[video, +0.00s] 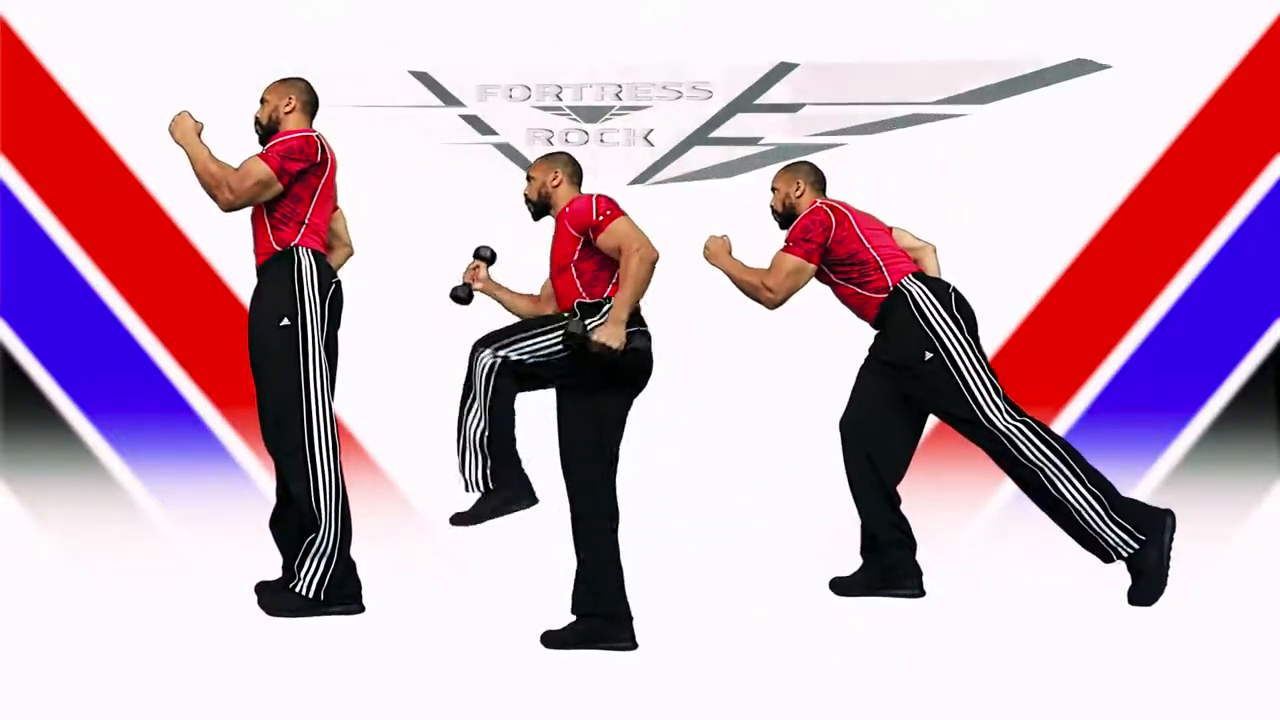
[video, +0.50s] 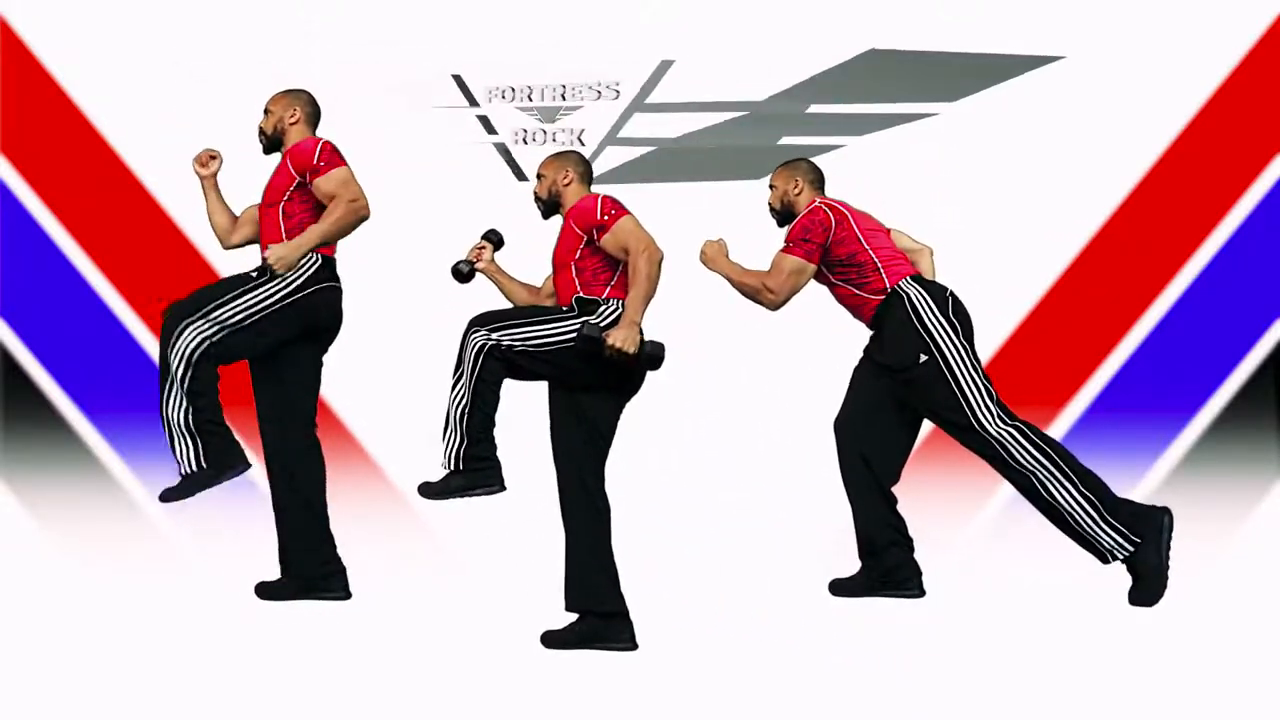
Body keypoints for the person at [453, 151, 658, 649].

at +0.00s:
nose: (525, 192)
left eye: (529, 181)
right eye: (525, 184)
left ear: (555, 178)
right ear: (559, 180)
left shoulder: (585, 207)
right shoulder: (567, 237)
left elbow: (641, 253)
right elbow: (543, 308)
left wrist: (617, 320)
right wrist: (488, 285)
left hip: (597, 335)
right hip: (609, 350)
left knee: (490, 356)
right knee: (589, 485)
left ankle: (503, 484)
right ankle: (603, 619)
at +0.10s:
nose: (530, 187)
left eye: (535, 177)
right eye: (530, 179)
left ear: (561, 175)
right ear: (561, 177)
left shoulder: (589, 206)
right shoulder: (570, 238)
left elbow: (648, 252)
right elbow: (532, 297)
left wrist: (636, 322)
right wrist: (486, 265)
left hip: (598, 324)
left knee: (487, 331)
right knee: (582, 484)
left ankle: (487, 458)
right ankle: (604, 618)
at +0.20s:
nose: (532, 188)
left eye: (538, 178)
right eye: (533, 180)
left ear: (563, 177)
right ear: (563, 179)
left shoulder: (591, 206)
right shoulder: (573, 238)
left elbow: (649, 256)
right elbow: (533, 296)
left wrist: (638, 328)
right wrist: (486, 261)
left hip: (599, 324)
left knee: (484, 335)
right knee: (579, 484)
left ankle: (486, 465)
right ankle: (603, 618)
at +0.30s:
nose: (534, 187)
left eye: (539, 178)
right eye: (535, 180)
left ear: (566, 176)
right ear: (565, 179)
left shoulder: (591, 206)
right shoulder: (572, 234)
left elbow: (647, 256)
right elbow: (537, 298)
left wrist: (636, 327)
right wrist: (492, 264)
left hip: (597, 323)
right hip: (602, 343)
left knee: (483, 338)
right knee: (579, 485)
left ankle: (486, 469)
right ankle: (603, 619)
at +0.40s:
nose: (535, 188)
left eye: (540, 178)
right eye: (536, 180)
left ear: (566, 176)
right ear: (566, 179)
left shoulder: (591, 205)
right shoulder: (572, 235)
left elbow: (647, 253)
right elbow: (540, 299)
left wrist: (634, 325)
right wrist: (493, 266)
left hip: (598, 325)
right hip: (601, 344)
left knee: (483, 333)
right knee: (579, 484)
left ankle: (478, 466)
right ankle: (603, 618)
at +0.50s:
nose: (534, 188)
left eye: (539, 178)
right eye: (535, 181)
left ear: (565, 175)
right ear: (569, 178)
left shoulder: (590, 205)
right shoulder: (570, 236)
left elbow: (646, 253)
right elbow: (542, 301)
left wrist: (631, 321)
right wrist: (493, 269)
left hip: (597, 329)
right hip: (600, 347)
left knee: (483, 334)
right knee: (580, 483)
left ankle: (472, 466)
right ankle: (603, 617)